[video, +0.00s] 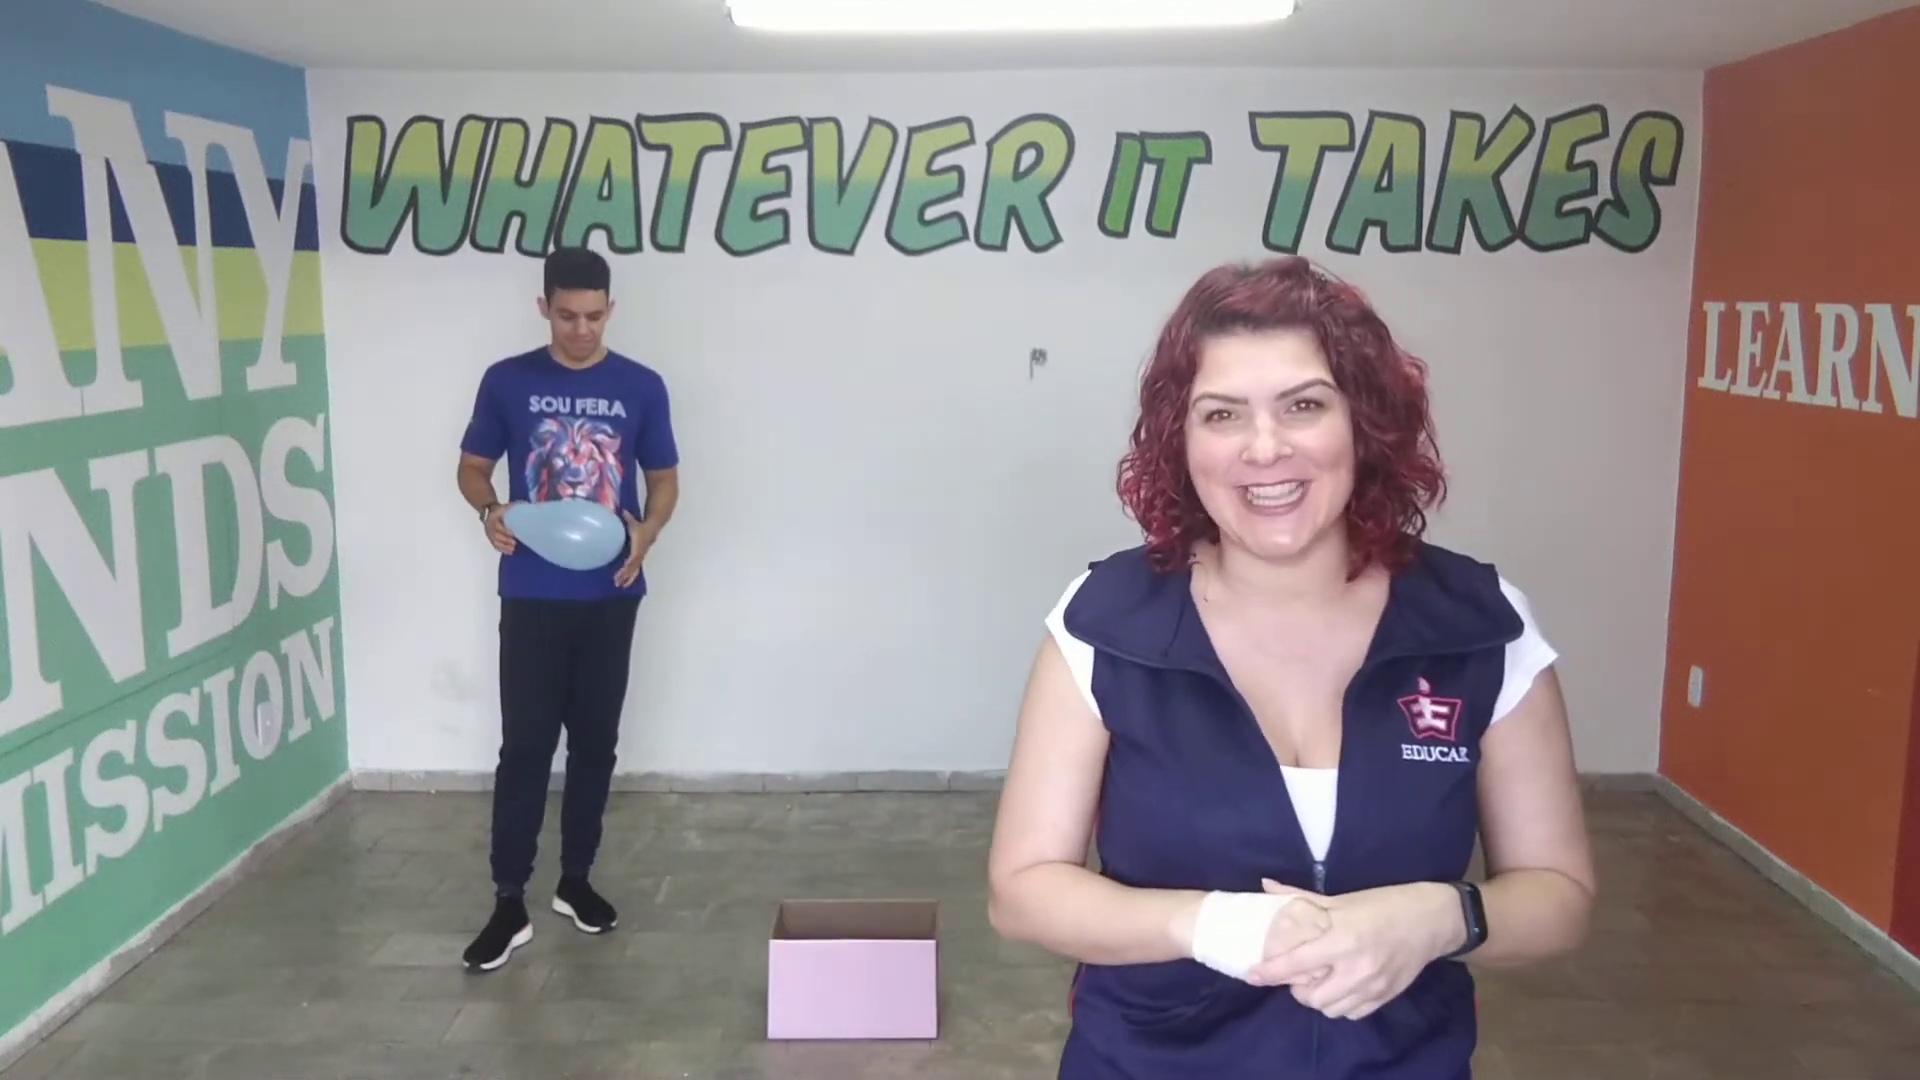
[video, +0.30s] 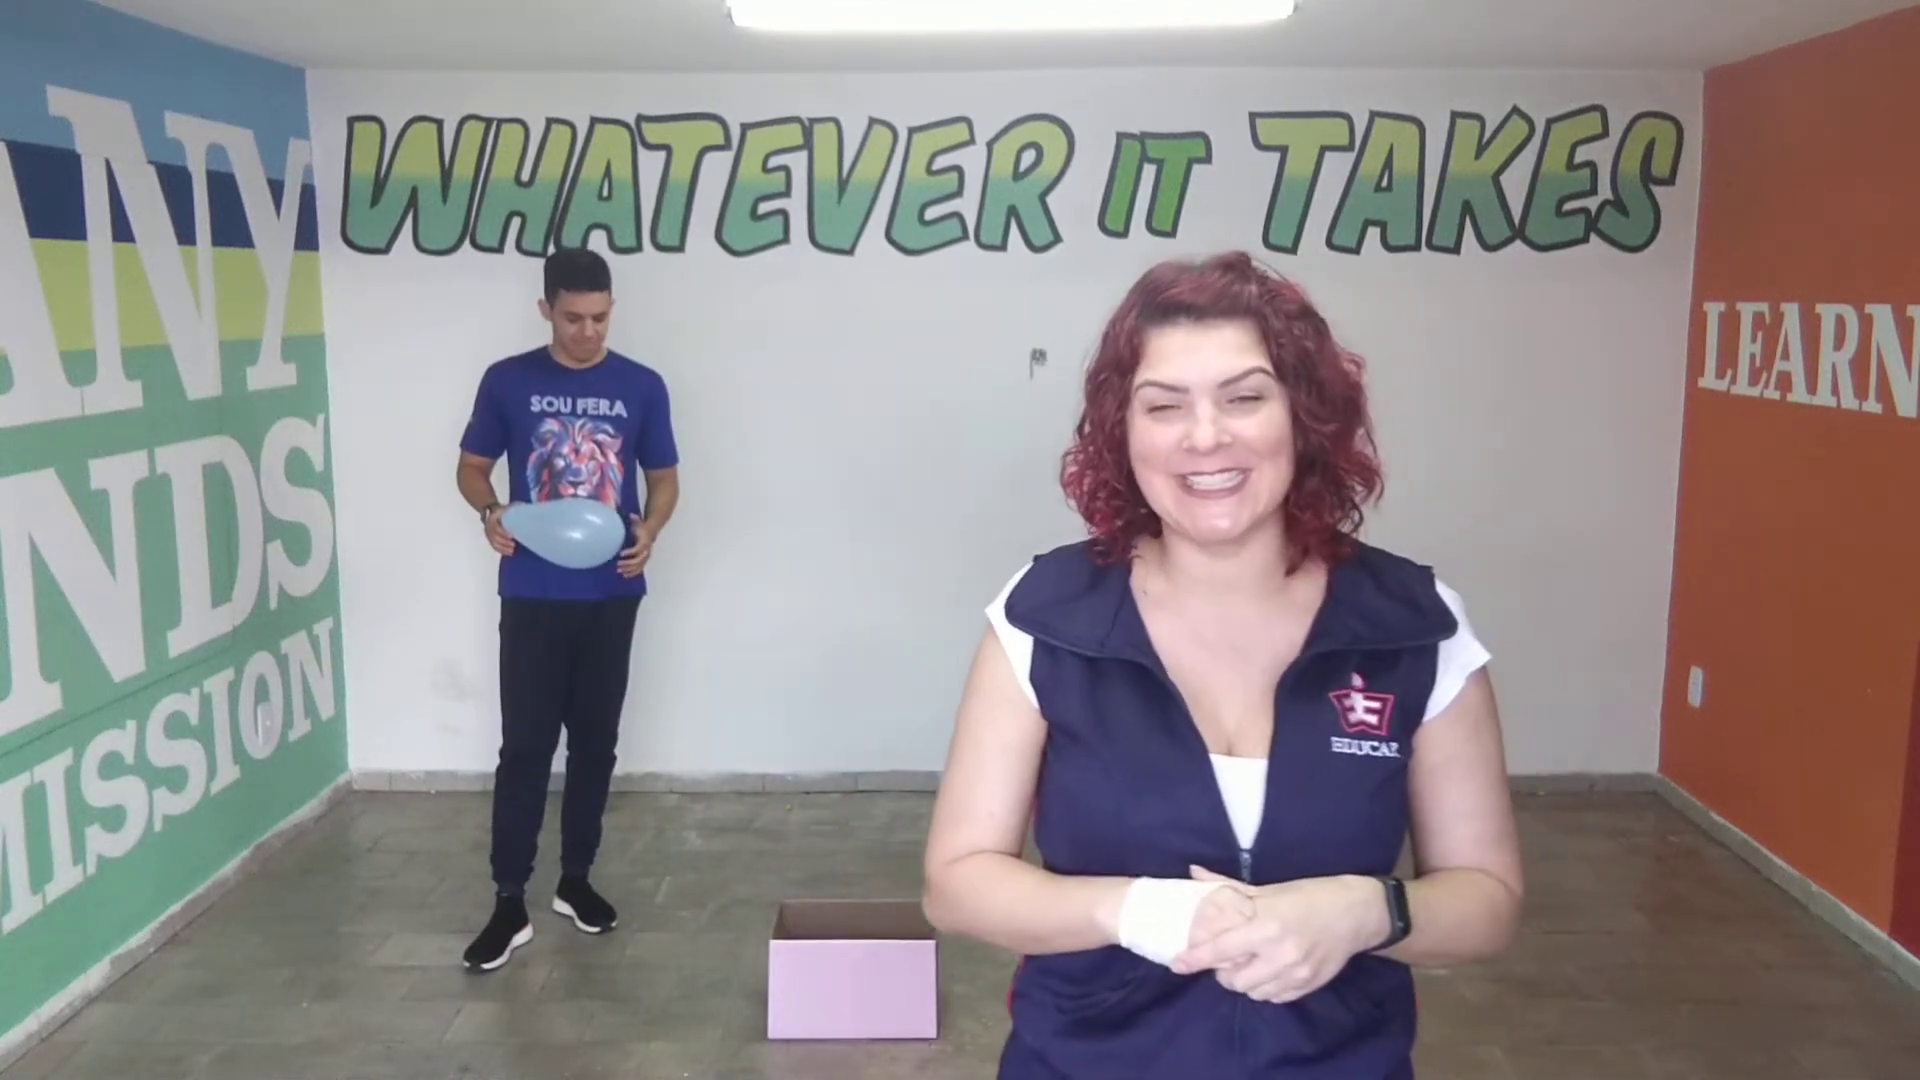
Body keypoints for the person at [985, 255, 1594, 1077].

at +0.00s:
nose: (1265, 451)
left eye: (1304, 408)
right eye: (1223, 415)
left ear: (1365, 424)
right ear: (1179, 441)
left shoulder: (1476, 624)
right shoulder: (1108, 623)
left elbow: (1559, 893)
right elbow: (1022, 887)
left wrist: (1438, 920)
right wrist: (1210, 924)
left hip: (1401, 1063)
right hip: (1154, 1063)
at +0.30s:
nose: (1205, 440)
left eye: (1244, 399)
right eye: (1165, 405)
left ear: (1303, 416)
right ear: (1120, 433)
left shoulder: (1409, 622)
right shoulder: (1049, 614)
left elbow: (1487, 898)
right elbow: (956, 881)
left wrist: (1362, 912)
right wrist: (1135, 910)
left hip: (1336, 1062)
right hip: (1091, 1060)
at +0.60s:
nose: (1144, 393)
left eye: (1186, 373)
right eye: (1109, 363)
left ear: (1229, 426)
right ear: (1053, 406)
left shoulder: (1315, 626)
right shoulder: (960, 604)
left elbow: (1393, 909)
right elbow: (883, 847)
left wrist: (1209, 922)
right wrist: (1003, 914)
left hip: (1239, 1061)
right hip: (997, 1057)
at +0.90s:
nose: (1030, 385)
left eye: (1072, 363)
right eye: (996, 359)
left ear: (1121, 412)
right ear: (949, 407)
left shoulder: (1221, 609)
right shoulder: (882, 601)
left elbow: (1312, 886)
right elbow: (833, 820)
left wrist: (1118, 915)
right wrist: (865, 898)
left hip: (1147, 1057)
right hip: (916, 1054)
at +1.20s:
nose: (980, 405)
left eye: (1020, 377)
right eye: (946, 378)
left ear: (1071, 414)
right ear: (904, 416)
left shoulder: (1166, 621)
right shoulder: (827, 599)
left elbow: (1231, 865)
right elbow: (769, 806)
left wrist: (1118, 945)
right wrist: (753, 868)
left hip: (1058, 1056)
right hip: (844, 1051)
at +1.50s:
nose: (953, 412)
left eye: (991, 386)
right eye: (919, 388)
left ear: (1039, 426)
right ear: (875, 429)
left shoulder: (1123, 625)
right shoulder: (788, 605)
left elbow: (1165, 833)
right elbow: (697, 817)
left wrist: (1160, 940)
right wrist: (725, 892)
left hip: (1032, 1055)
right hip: (813, 1051)